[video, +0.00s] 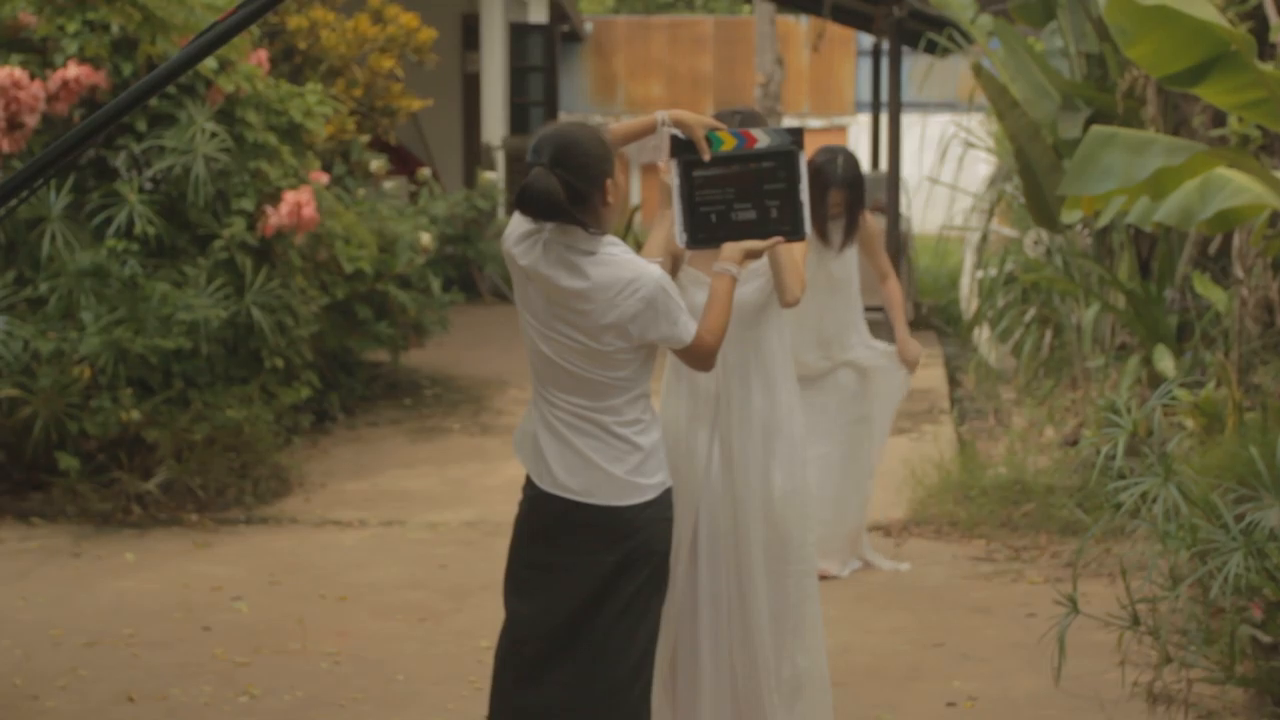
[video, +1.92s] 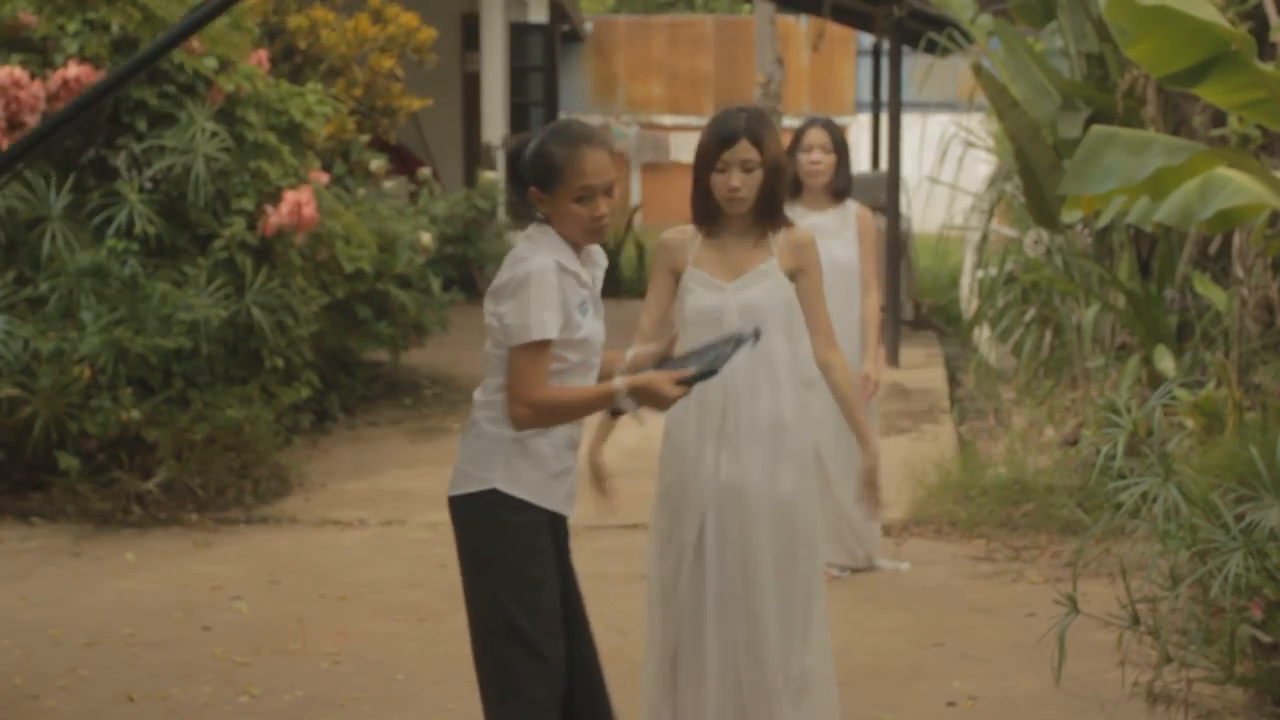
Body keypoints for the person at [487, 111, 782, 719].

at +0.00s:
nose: (625, 181)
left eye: (619, 170)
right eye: (620, 172)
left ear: (548, 181)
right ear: (608, 188)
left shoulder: (523, 243)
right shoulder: (635, 281)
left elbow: (563, 155)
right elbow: (701, 352)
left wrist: (659, 121)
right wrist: (727, 266)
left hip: (551, 488)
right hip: (629, 496)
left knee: (526, 654)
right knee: (618, 666)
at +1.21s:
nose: (631, 177)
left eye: (628, 166)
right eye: (625, 169)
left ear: (553, 181)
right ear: (607, 188)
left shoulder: (522, 242)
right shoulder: (638, 277)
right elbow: (702, 353)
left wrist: (640, 150)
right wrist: (733, 269)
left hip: (548, 488)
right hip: (626, 496)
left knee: (526, 655)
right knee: (616, 666)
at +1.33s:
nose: (632, 180)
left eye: (631, 168)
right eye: (625, 171)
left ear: (552, 179)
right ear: (602, 190)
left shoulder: (516, 242)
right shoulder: (631, 274)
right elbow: (698, 351)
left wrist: (654, 187)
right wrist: (726, 266)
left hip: (545, 488)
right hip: (623, 495)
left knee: (530, 662)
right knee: (615, 668)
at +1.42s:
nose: (632, 180)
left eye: (633, 168)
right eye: (624, 171)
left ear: (553, 181)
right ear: (591, 187)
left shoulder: (510, 237)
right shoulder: (621, 270)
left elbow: (557, 198)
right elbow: (688, 355)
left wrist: (631, 156)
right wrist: (722, 274)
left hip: (541, 485)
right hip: (618, 492)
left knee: (535, 660)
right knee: (616, 663)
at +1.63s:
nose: (622, 203)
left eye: (623, 187)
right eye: (609, 190)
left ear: (555, 192)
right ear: (559, 195)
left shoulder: (510, 230)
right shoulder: (584, 266)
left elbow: (598, 246)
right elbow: (648, 379)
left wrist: (636, 209)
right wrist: (704, 307)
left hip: (514, 477)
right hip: (573, 487)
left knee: (548, 652)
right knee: (616, 661)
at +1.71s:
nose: (618, 205)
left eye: (621, 189)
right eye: (603, 192)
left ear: (549, 198)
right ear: (553, 196)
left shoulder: (520, 236)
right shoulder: (571, 264)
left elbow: (559, 320)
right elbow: (619, 392)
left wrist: (627, 270)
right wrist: (691, 331)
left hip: (508, 478)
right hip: (551, 488)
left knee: (540, 664)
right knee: (589, 666)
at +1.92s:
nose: (602, 209)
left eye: (609, 192)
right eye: (583, 197)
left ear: (621, 187)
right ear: (540, 201)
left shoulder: (584, 261)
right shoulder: (536, 269)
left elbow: (572, 367)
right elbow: (527, 404)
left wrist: (641, 360)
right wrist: (626, 391)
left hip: (536, 493)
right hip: (500, 494)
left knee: (575, 680)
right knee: (530, 682)